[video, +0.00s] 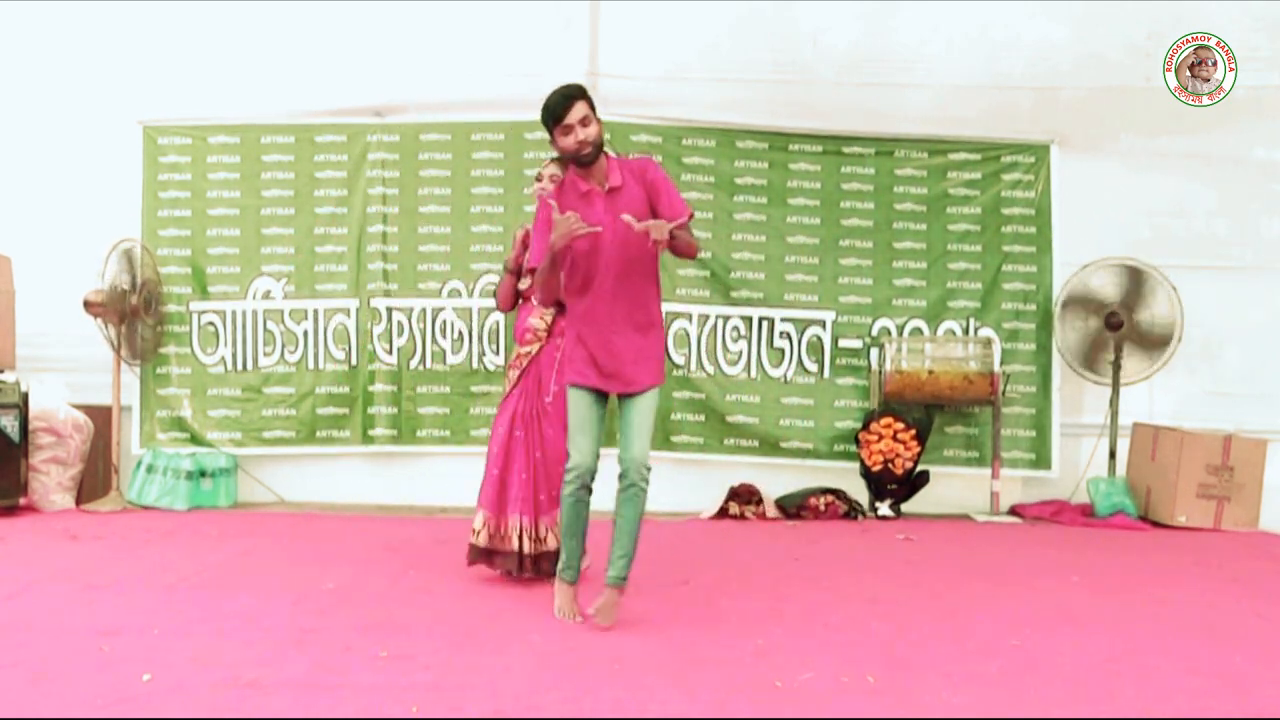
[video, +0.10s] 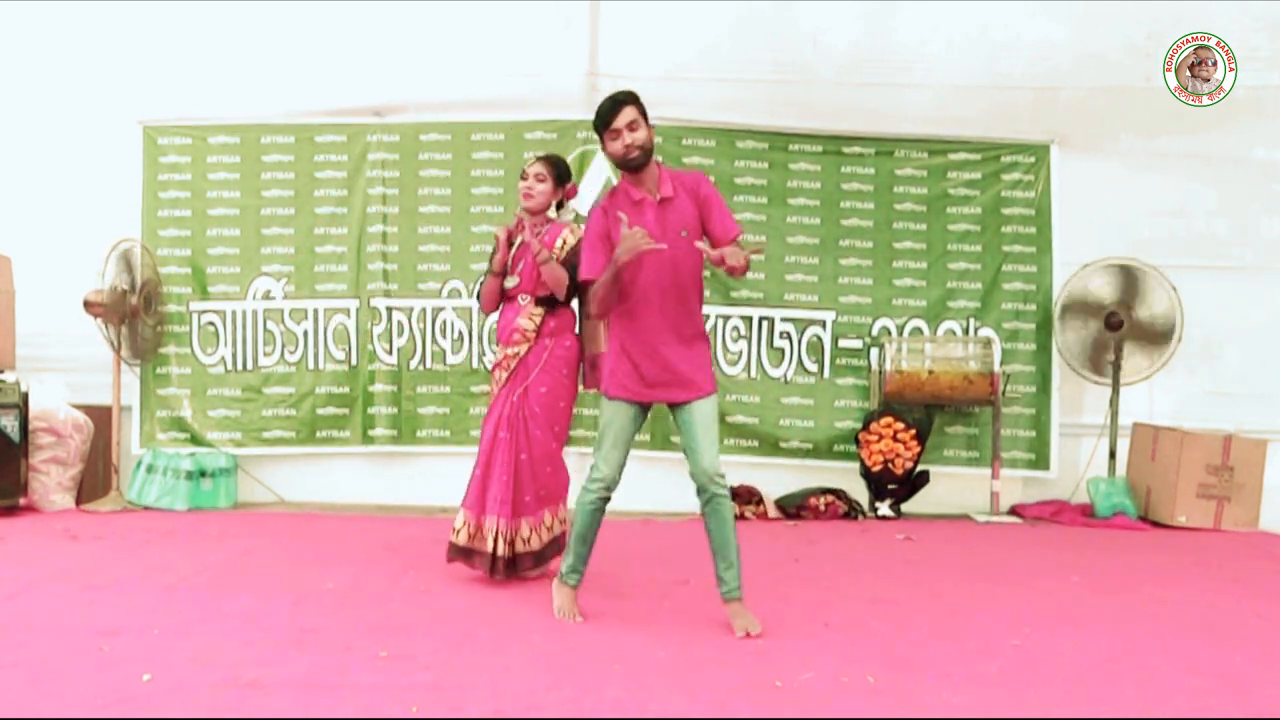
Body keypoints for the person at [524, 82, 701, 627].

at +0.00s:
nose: (582, 134)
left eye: (586, 121)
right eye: (569, 130)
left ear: (599, 119)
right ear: (555, 140)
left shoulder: (645, 173)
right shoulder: (555, 196)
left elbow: (691, 247)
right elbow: (546, 294)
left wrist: (666, 232)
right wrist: (556, 244)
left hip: (640, 343)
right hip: (581, 343)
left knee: (635, 465)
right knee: (582, 466)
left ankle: (616, 585)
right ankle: (567, 577)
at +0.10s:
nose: (629, 139)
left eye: (635, 126)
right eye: (616, 134)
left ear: (651, 127)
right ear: (605, 147)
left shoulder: (695, 188)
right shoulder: (606, 212)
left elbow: (738, 259)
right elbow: (594, 305)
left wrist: (727, 259)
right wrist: (617, 261)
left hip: (688, 357)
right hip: (628, 359)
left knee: (710, 474)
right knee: (604, 476)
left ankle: (734, 597)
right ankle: (568, 581)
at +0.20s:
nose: (659, 140)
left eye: (667, 128)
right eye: (649, 135)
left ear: (688, 132)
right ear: (641, 149)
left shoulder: (733, 194)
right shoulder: (640, 215)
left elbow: (772, 262)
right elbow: (638, 310)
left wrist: (781, 281)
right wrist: (673, 276)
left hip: (726, 365)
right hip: (667, 367)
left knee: (745, 485)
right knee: (633, 481)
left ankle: (749, 606)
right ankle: (578, 578)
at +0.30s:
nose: (711, 133)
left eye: (720, 122)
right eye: (701, 128)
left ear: (744, 128)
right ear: (695, 142)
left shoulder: (785, 187)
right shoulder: (693, 208)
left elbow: (832, 244)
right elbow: (696, 293)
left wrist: (847, 256)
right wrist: (751, 253)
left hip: (775, 363)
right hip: (717, 363)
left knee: (775, 488)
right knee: (705, 477)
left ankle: (751, 605)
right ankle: (665, 568)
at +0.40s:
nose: (749, 119)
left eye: (758, 108)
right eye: (739, 112)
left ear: (780, 115)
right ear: (731, 124)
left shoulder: (814, 174)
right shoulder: (725, 189)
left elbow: (864, 228)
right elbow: (734, 269)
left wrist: (885, 220)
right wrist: (792, 220)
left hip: (806, 348)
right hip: (751, 349)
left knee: (794, 475)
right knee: (755, 468)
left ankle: (763, 591)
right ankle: (744, 571)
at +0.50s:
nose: (807, 117)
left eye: (817, 108)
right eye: (797, 109)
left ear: (837, 117)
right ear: (786, 121)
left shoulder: (859, 177)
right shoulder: (777, 182)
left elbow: (915, 232)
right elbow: (791, 254)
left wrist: (933, 213)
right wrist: (850, 203)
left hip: (854, 349)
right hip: (799, 351)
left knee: (877, 466)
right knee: (798, 473)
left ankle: (852, 588)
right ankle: (774, 590)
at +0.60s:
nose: (847, 123)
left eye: (857, 115)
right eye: (837, 116)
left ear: (875, 126)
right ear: (824, 128)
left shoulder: (893, 191)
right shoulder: (810, 193)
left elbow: (941, 256)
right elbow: (827, 266)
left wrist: (962, 233)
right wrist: (889, 218)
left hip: (885, 357)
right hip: (828, 360)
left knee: (923, 478)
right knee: (815, 482)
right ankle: (776, 590)